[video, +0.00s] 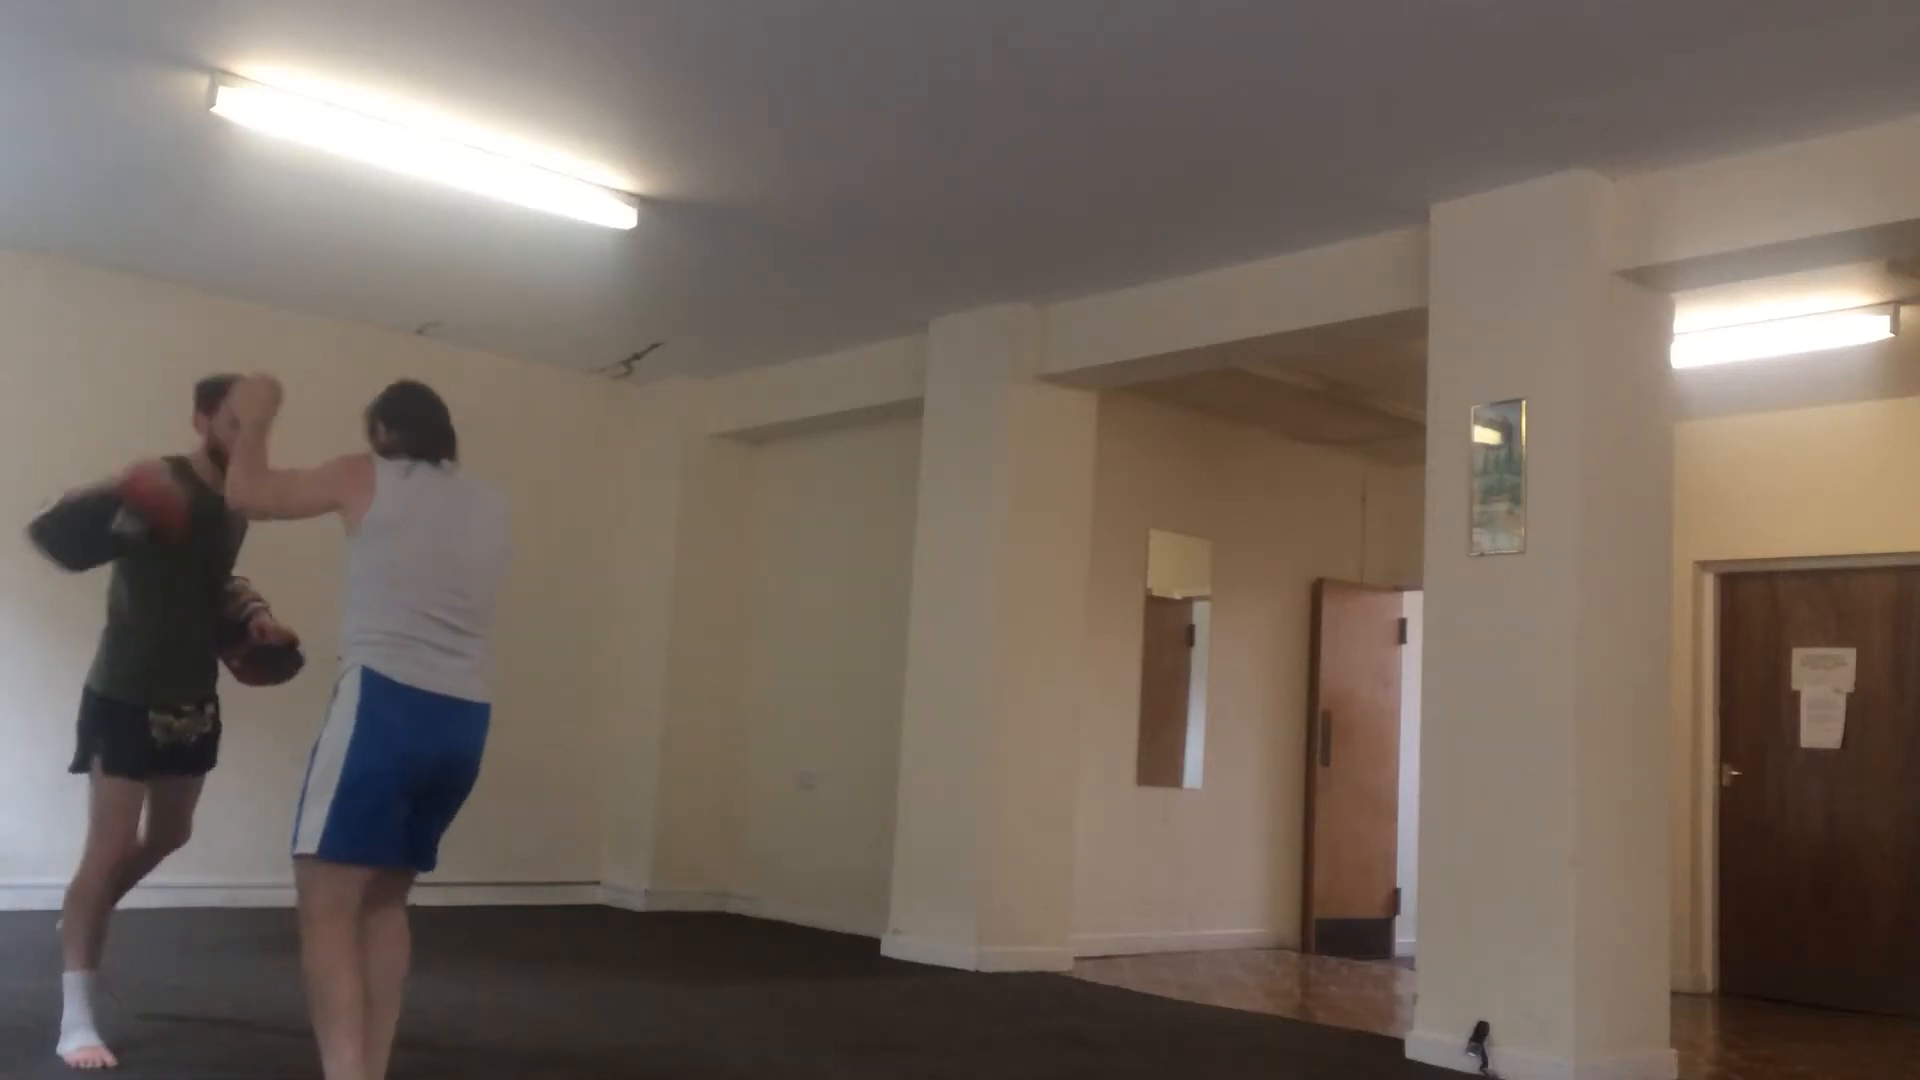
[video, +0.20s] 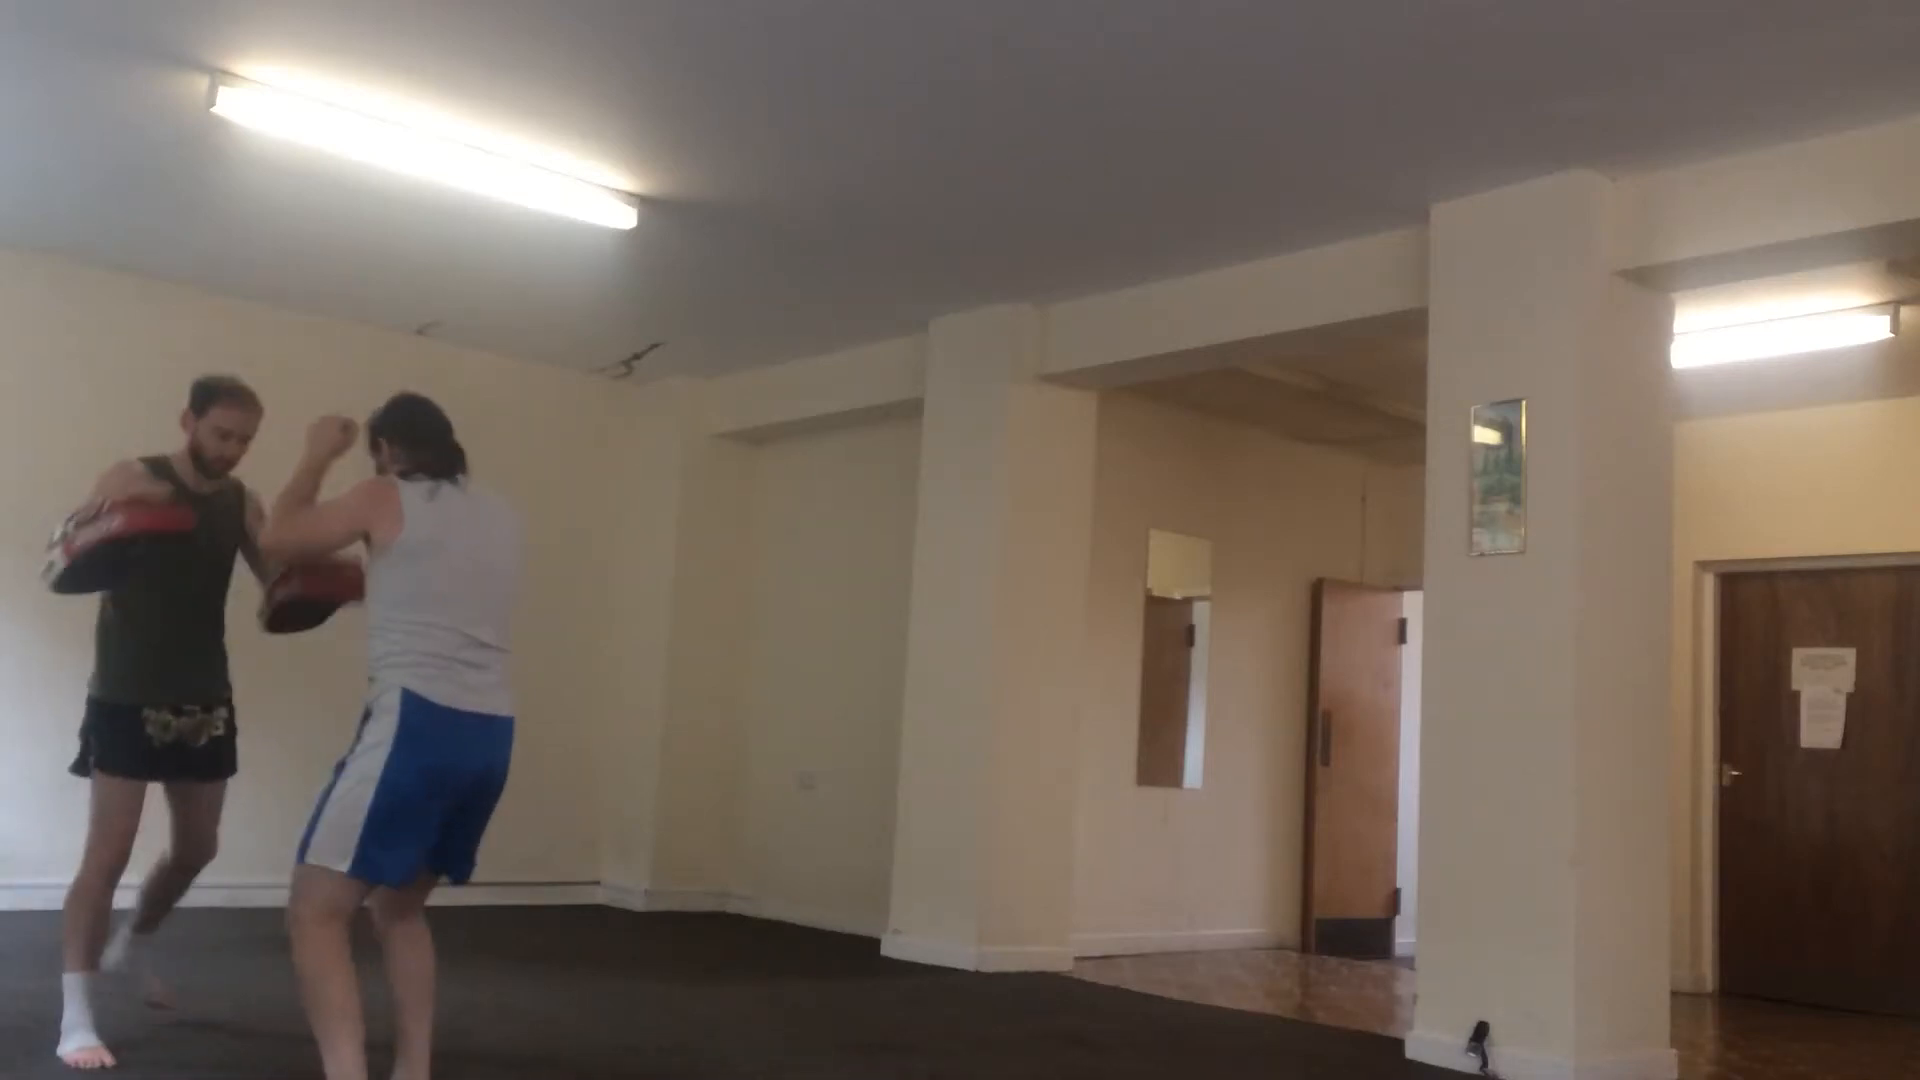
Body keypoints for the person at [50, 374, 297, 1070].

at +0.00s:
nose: (251, 438)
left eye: (258, 427)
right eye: (239, 424)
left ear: (258, 430)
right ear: (203, 421)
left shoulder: (237, 501)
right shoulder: (158, 484)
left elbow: (211, 580)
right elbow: (57, 534)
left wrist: (251, 614)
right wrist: (125, 511)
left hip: (193, 692)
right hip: (126, 690)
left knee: (170, 833)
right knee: (111, 849)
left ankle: (90, 910)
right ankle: (75, 1018)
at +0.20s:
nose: (232, 451)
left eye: (244, 441)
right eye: (224, 435)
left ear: (250, 441)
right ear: (189, 422)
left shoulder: (240, 502)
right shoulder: (133, 478)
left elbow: (279, 580)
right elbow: (62, 557)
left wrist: (320, 568)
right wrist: (112, 522)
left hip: (202, 694)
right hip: (127, 692)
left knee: (195, 849)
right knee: (106, 857)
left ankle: (126, 951)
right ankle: (75, 1017)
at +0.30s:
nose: (234, 461)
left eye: (246, 452)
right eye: (229, 446)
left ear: (249, 450)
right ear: (199, 427)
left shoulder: (241, 498)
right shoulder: (136, 478)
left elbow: (297, 562)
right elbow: (106, 547)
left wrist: (324, 500)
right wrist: (152, 471)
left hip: (208, 689)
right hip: (130, 688)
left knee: (213, 853)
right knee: (108, 855)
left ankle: (190, 976)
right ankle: (76, 1019)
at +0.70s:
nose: (267, 476)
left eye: (280, 465)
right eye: (258, 462)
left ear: (296, 461)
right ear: (233, 451)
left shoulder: (304, 521)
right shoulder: (192, 502)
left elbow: (323, 630)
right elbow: (143, 598)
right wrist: (193, 553)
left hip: (256, 709)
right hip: (176, 703)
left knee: (254, 863)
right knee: (123, 852)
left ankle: (232, 1007)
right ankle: (75, 1008)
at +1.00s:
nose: (246, 475)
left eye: (257, 463)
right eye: (234, 463)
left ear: (272, 459)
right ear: (209, 459)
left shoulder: (289, 524)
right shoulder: (184, 515)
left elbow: (275, 624)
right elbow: (165, 593)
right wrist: (132, 589)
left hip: (249, 707)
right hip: (176, 700)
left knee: (248, 867)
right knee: (127, 852)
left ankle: (233, 1006)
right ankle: (140, 986)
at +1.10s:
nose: (229, 478)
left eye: (239, 465)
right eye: (216, 467)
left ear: (257, 458)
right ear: (193, 463)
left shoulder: (278, 526)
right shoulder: (175, 521)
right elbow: (169, 605)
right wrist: (117, 589)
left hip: (242, 711)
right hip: (168, 704)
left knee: (245, 858)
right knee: (133, 850)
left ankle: (245, 992)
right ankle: (143, 988)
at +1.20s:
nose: (220, 476)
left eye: (230, 463)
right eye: (208, 466)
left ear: (251, 457)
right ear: (189, 464)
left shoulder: (272, 523)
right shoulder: (180, 519)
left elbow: (226, 603)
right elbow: (164, 594)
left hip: (239, 707)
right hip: (167, 703)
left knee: (237, 852)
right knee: (137, 849)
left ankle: (256, 1003)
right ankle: (145, 988)